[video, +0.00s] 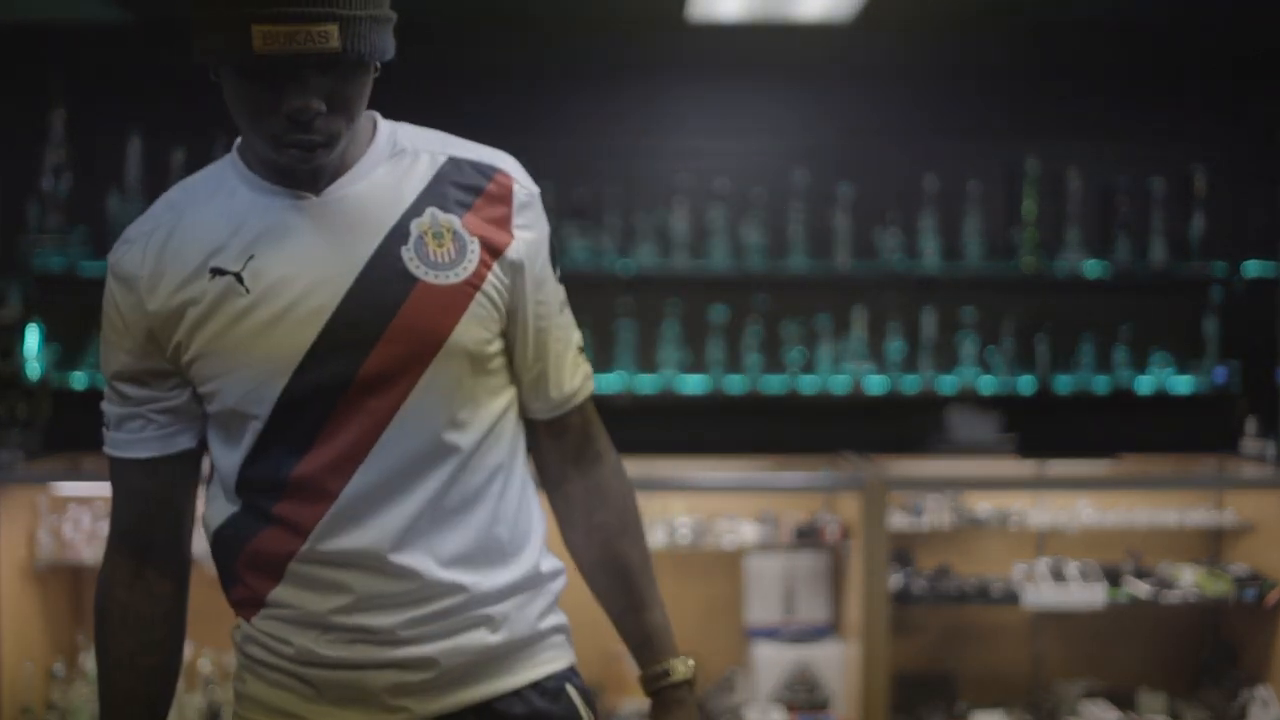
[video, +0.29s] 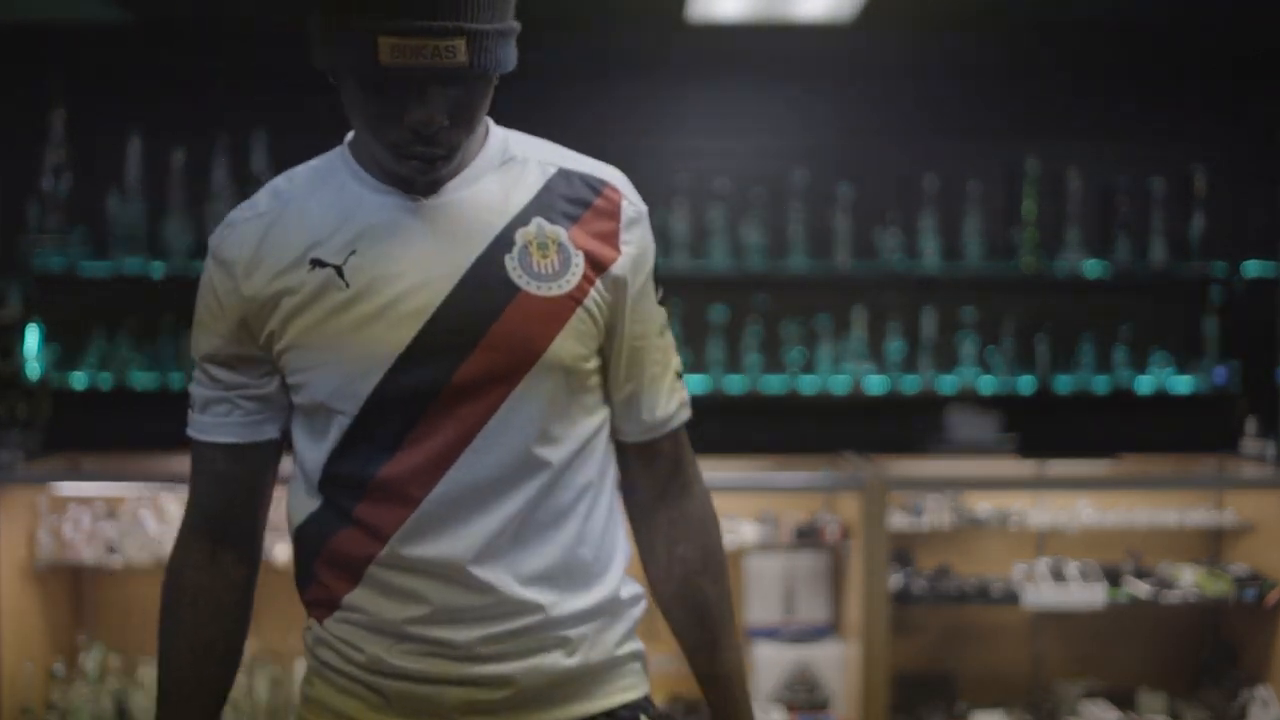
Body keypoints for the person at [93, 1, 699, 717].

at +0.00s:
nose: (305, 106)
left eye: (335, 72)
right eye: (272, 75)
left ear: (377, 57)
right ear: (222, 69)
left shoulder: (492, 197)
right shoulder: (154, 260)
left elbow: (575, 449)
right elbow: (146, 552)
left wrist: (669, 676)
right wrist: (130, 718)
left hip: (508, 678)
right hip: (296, 691)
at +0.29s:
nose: (430, 118)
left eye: (458, 83)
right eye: (395, 86)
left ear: (499, 62)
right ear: (338, 67)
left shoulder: (599, 211)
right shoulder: (258, 244)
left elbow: (666, 484)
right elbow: (218, 537)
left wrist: (735, 706)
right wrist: (184, 716)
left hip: (586, 689)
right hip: (368, 692)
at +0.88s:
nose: (746, 132)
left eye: (779, 103)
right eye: (714, 98)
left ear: (816, 82)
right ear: (653, 67)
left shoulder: (874, 226)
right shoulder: (537, 211)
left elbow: (913, 503)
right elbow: (475, 490)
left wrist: (963, 708)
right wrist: (413, 712)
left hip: (780, 693)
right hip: (569, 691)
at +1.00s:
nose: (760, 137)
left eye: (793, 106)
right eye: (728, 102)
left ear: (829, 84)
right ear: (669, 66)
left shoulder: (884, 228)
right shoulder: (549, 210)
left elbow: (915, 504)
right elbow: (481, 486)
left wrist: (961, 704)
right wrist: (419, 707)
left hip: (789, 688)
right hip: (581, 686)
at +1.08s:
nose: (759, 136)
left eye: (791, 106)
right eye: (726, 102)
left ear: (827, 84)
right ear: (667, 68)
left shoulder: (881, 228)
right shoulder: (549, 210)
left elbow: (908, 503)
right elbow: (481, 485)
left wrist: (952, 708)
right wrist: (418, 710)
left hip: (788, 689)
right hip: (582, 686)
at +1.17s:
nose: (750, 135)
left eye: (781, 106)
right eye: (717, 101)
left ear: (817, 83)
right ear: (659, 69)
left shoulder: (872, 228)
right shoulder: (542, 212)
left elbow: (898, 502)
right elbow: (477, 486)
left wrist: (938, 704)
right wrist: (416, 708)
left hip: (783, 688)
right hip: (578, 688)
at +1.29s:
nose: (723, 127)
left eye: (754, 94)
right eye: (690, 92)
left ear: (790, 80)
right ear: (634, 71)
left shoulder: (850, 227)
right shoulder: (523, 217)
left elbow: (877, 498)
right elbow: (466, 487)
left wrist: (926, 708)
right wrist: (409, 710)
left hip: (768, 689)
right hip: (564, 690)